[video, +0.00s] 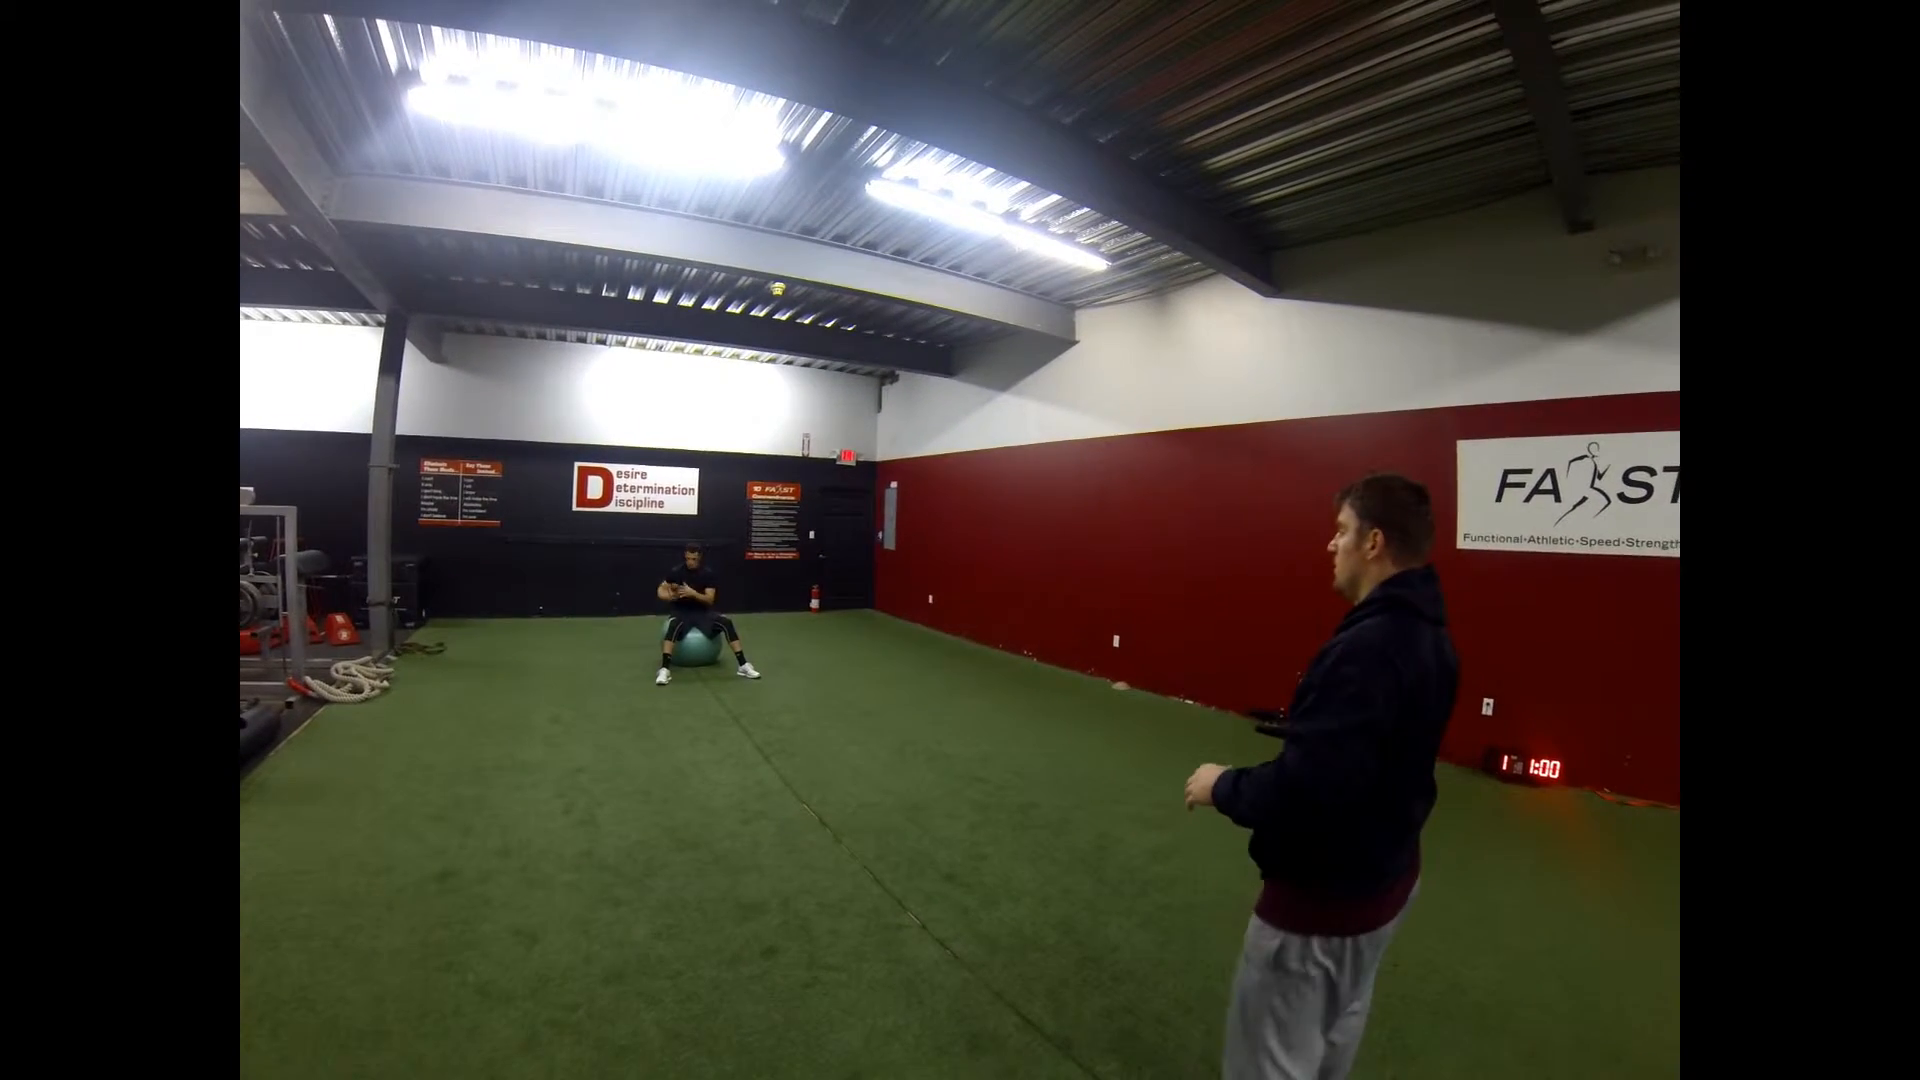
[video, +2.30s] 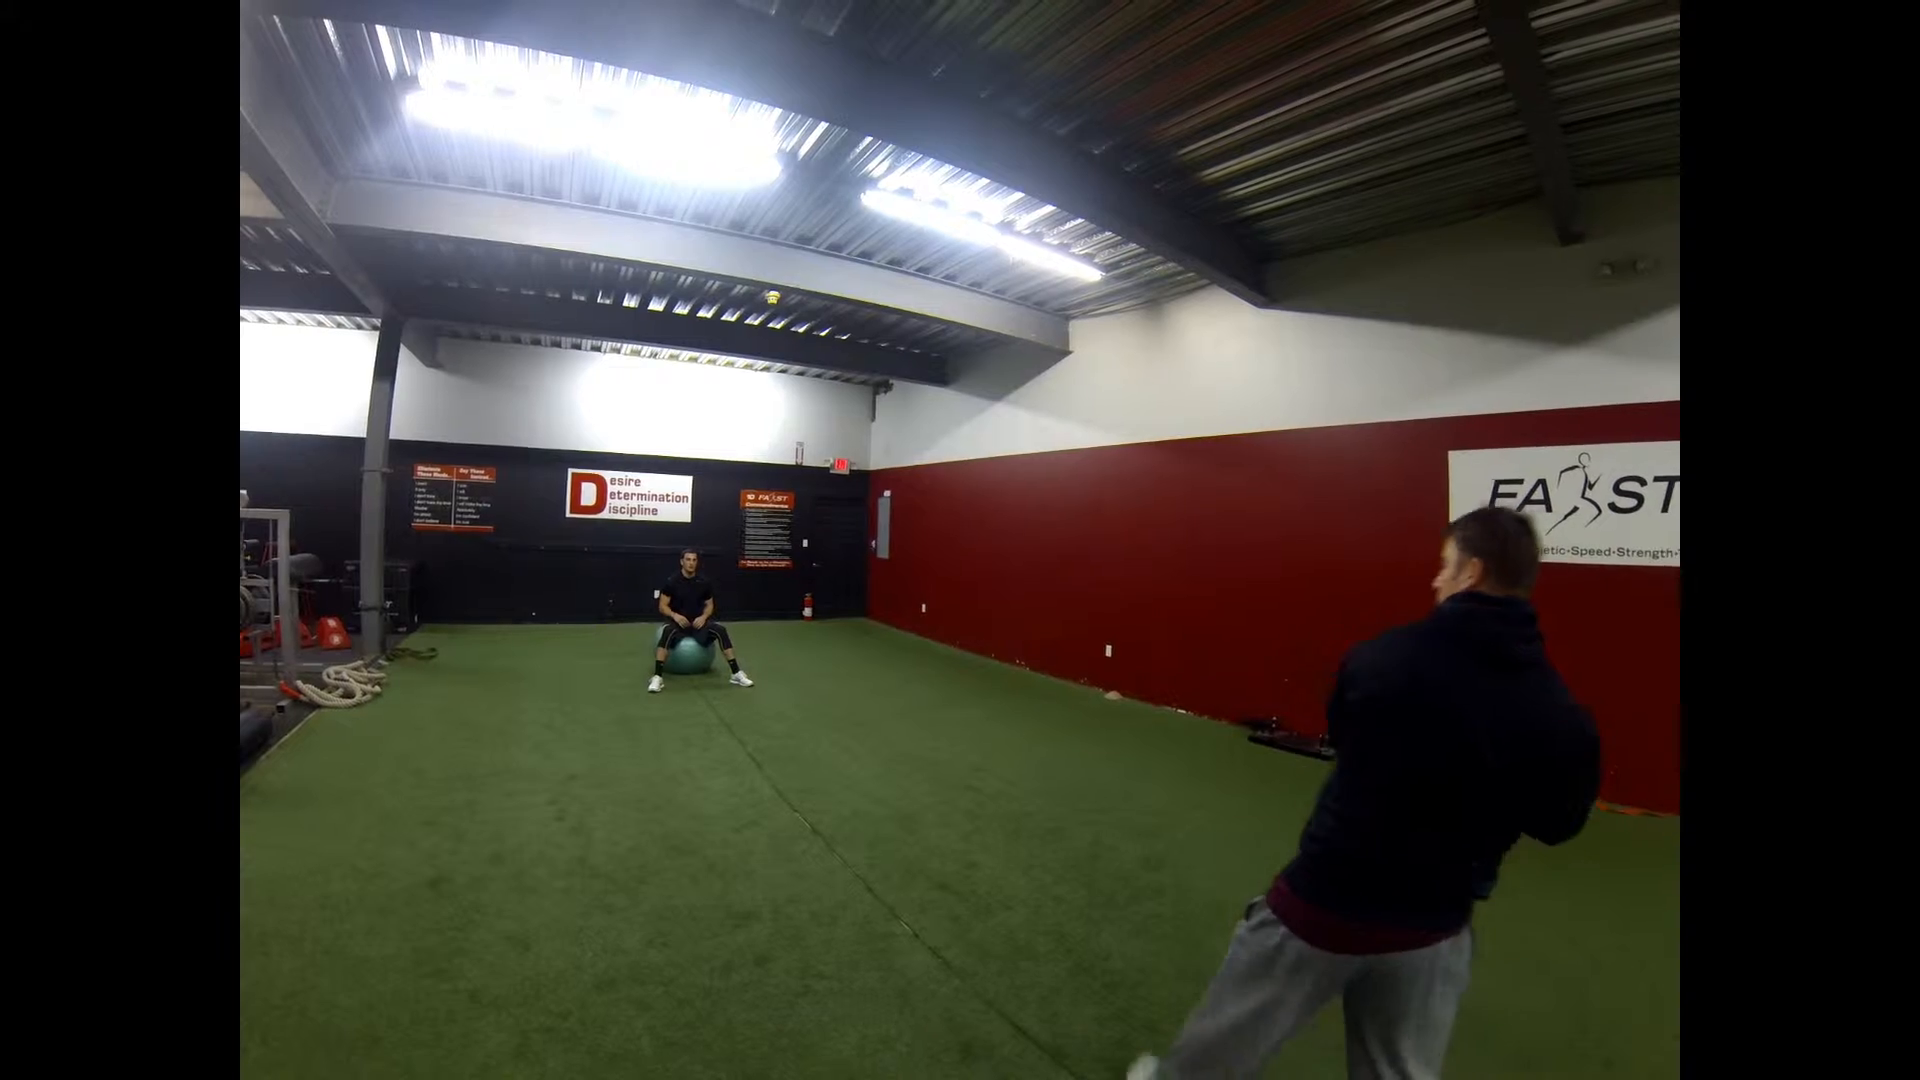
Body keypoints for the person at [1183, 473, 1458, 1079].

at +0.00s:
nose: (1331, 548)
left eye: (1340, 532)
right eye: (1334, 533)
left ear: (1374, 542)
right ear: (1388, 543)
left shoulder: (1366, 648)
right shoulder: (1425, 634)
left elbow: (1309, 784)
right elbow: (1392, 767)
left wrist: (1225, 786)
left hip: (1317, 898)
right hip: (1381, 884)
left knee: (1269, 1058)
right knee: (1333, 1039)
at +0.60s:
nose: (1301, 544)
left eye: (1312, 528)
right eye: (1306, 527)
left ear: (1349, 545)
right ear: (1361, 546)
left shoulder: (1341, 672)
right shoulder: (1414, 646)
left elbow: (1247, 849)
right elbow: (1369, 772)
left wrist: (1187, 800)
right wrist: (1267, 761)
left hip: (1305, 960)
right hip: (1375, 933)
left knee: (1265, 1070)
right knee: (1314, 1066)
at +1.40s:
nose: (1322, 603)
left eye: (1320, 586)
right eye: (1318, 587)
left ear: (1341, 582)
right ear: (1402, 574)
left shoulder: (1330, 699)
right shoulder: (1463, 670)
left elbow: (1261, 844)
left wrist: (1245, 828)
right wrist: (1275, 813)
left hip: (1357, 989)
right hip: (1467, 965)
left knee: (1257, 1071)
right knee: (1408, 1071)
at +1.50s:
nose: (1342, 591)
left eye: (1342, 576)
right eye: (1341, 578)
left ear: (1360, 576)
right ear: (1424, 570)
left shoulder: (1343, 690)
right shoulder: (1490, 669)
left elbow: (1276, 823)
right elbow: (1482, 794)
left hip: (1359, 978)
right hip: (1471, 962)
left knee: (1267, 1070)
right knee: (1412, 1072)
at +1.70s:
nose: (1411, 572)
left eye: (1412, 559)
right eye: (1411, 559)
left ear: (1426, 560)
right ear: (1493, 556)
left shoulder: (1381, 668)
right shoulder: (1548, 671)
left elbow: (1309, 788)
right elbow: (1531, 795)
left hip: (1369, 949)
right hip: (1481, 950)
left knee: (1279, 1071)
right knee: (1418, 1074)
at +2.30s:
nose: (1436, 582)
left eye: (1443, 567)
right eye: (1439, 566)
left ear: (1473, 573)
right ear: (1524, 583)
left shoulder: (1385, 659)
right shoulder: (1556, 712)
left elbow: (1343, 736)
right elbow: (1559, 822)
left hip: (1319, 914)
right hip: (1431, 935)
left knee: (1210, 1056)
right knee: (1402, 1074)